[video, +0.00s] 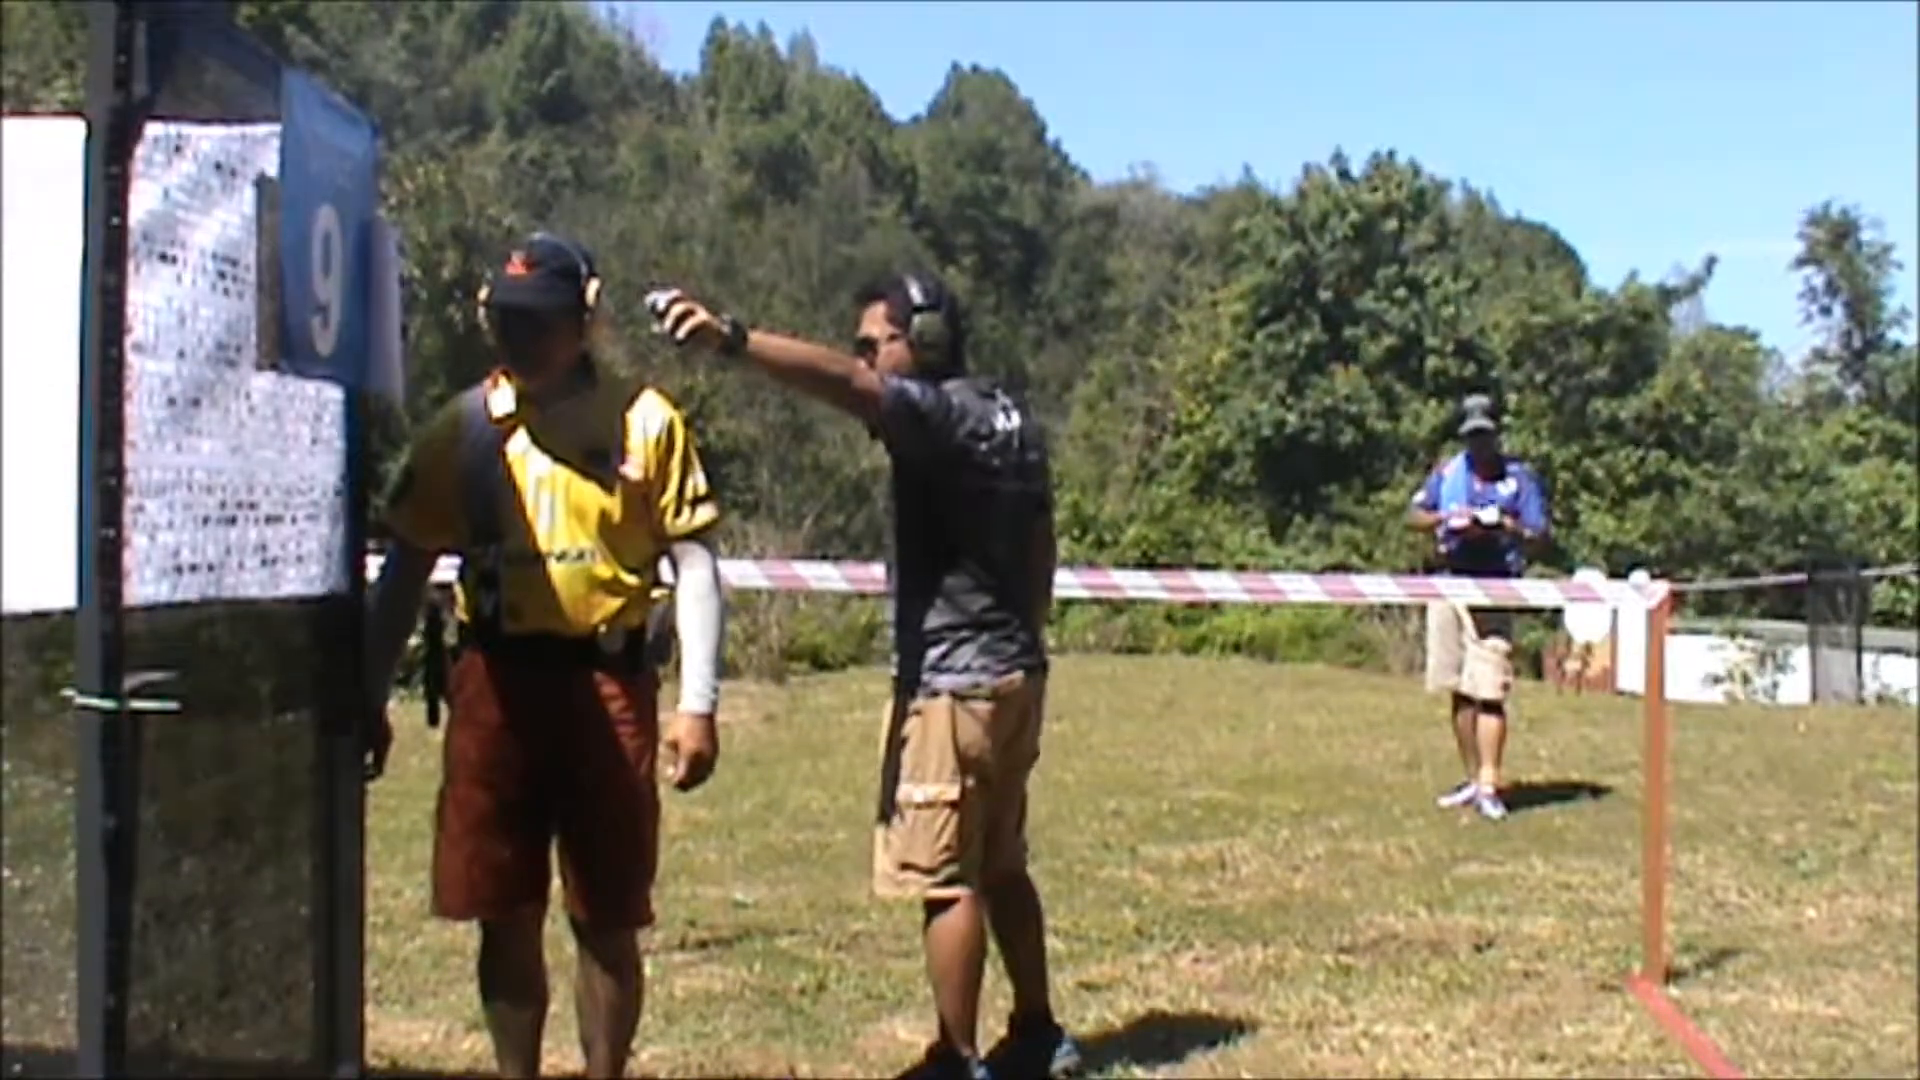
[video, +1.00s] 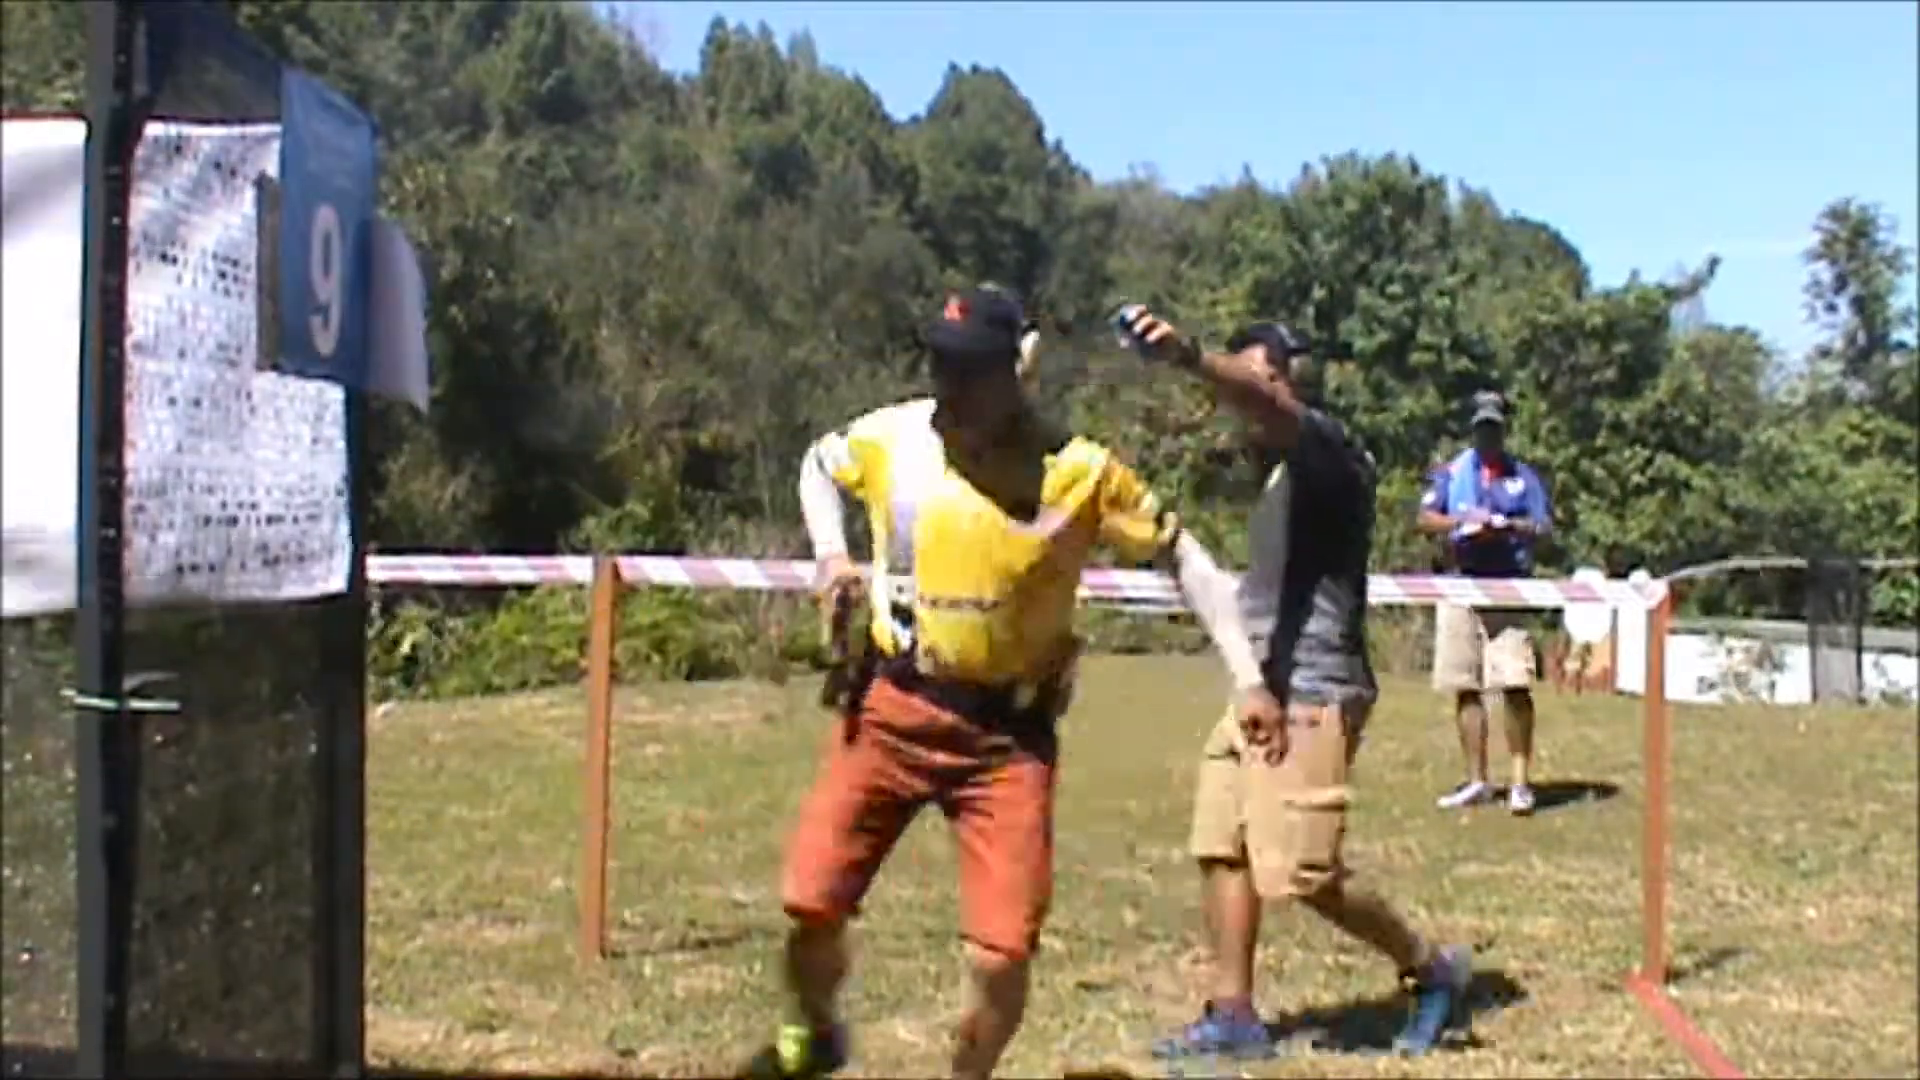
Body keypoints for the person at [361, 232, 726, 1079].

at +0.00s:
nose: (517, 340)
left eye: (537, 324)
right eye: (507, 321)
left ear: (585, 327)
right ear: (492, 319)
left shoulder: (646, 423)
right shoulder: (467, 425)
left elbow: (694, 565)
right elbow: (407, 567)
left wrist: (698, 701)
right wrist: (370, 697)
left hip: (607, 693)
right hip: (496, 693)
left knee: (607, 924)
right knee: (504, 916)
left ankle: (605, 1071)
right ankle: (518, 1072)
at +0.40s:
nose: (580, 433)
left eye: (595, 416)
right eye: (562, 416)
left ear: (624, 394)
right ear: (531, 394)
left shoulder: (671, 461)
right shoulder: (490, 432)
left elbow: (752, 583)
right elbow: (425, 475)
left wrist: (813, 718)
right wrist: (436, 583)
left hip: (645, 702)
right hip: (526, 698)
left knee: (724, 898)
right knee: (493, 922)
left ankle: (719, 1061)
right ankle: (509, 1072)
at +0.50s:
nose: (594, 453)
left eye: (610, 435)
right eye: (575, 437)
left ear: (638, 411)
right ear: (545, 413)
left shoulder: (685, 481)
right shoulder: (495, 455)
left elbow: (766, 594)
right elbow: (455, 522)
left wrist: (818, 723)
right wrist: (479, 649)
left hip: (664, 714)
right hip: (541, 712)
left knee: (757, 909)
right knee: (491, 928)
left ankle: (789, 1048)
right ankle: (503, 1071)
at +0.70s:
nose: (704, 512)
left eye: (712, 491)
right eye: (682, 500)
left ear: (726, 467)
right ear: (638, 485)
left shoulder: (772, 547)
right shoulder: (581, 514)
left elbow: (843, 644)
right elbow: (531, 551)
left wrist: (916, 759)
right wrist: (552, 665)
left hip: (736, 769)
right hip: (613, 763)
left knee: (850, 946)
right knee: (538, 957)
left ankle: (916, 1070)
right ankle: (525, 1071)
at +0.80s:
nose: (811, 500)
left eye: (826, 481)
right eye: (789, 483)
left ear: (848, 464)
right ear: (748, 466)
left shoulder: (885, 552)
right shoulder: (693, 502)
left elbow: (975, 646)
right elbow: (617, 522)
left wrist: (1063, 756)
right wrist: (635, 637)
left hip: (815, 780)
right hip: (690, 763)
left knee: (909, 951)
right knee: (583, 948)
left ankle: (927, 1072)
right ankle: (537, 1070)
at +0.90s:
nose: (863, 450)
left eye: (883, 432)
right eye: (848, 432)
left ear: (924, 430)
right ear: (830, 425)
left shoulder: (975, 534)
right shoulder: (787, 475)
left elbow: (1068, 628)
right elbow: (710, 492)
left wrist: (1157, 742)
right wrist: (721, 599)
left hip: (890, 763)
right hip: (769, 740)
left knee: (946, 961)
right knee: (648, 936)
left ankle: (954, 1076)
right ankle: (562, 1066)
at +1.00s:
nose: (949, 387)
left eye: (970, 371)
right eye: (941, 367)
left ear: (1018, 373)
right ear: (930, 365)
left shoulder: (1083, 474)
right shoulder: (895, 436)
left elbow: (1189, 561)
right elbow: (820, 467)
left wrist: (1249, 681)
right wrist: (833, 553)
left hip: (1007, 742)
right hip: (889, 719)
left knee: (1001, 958)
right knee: (810, 905)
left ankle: (970, 1070)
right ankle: (816, 1038)